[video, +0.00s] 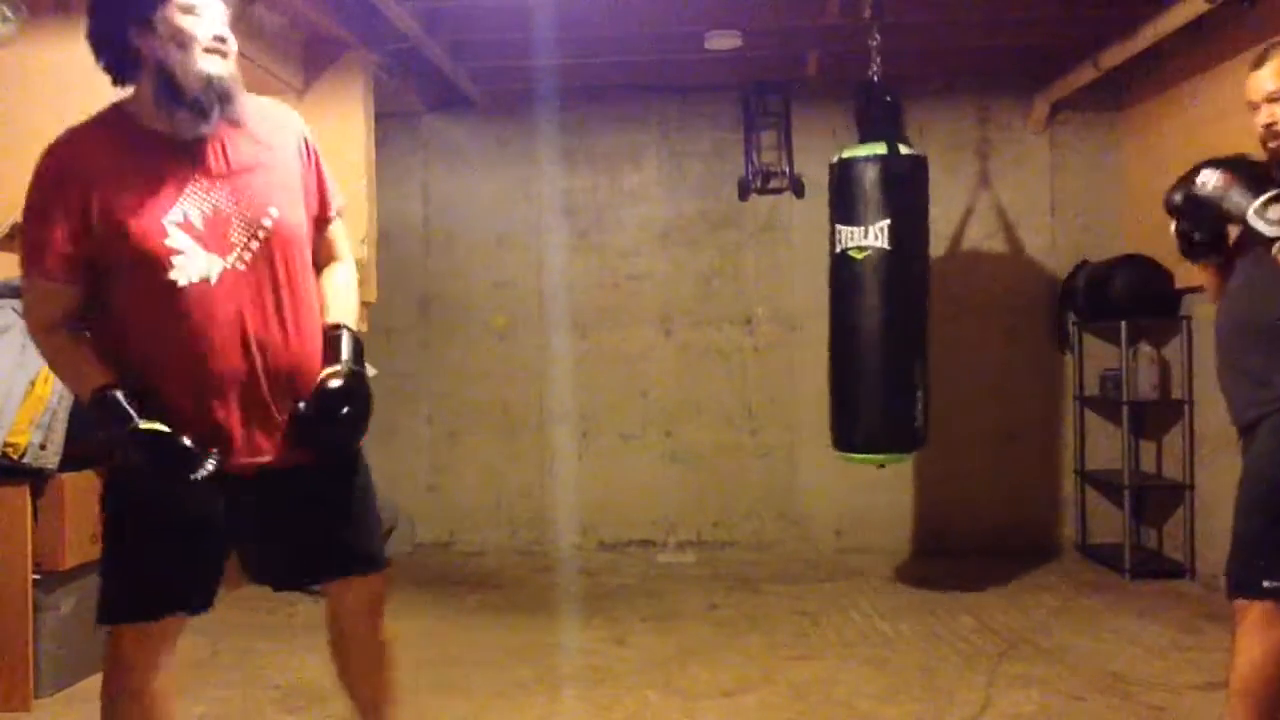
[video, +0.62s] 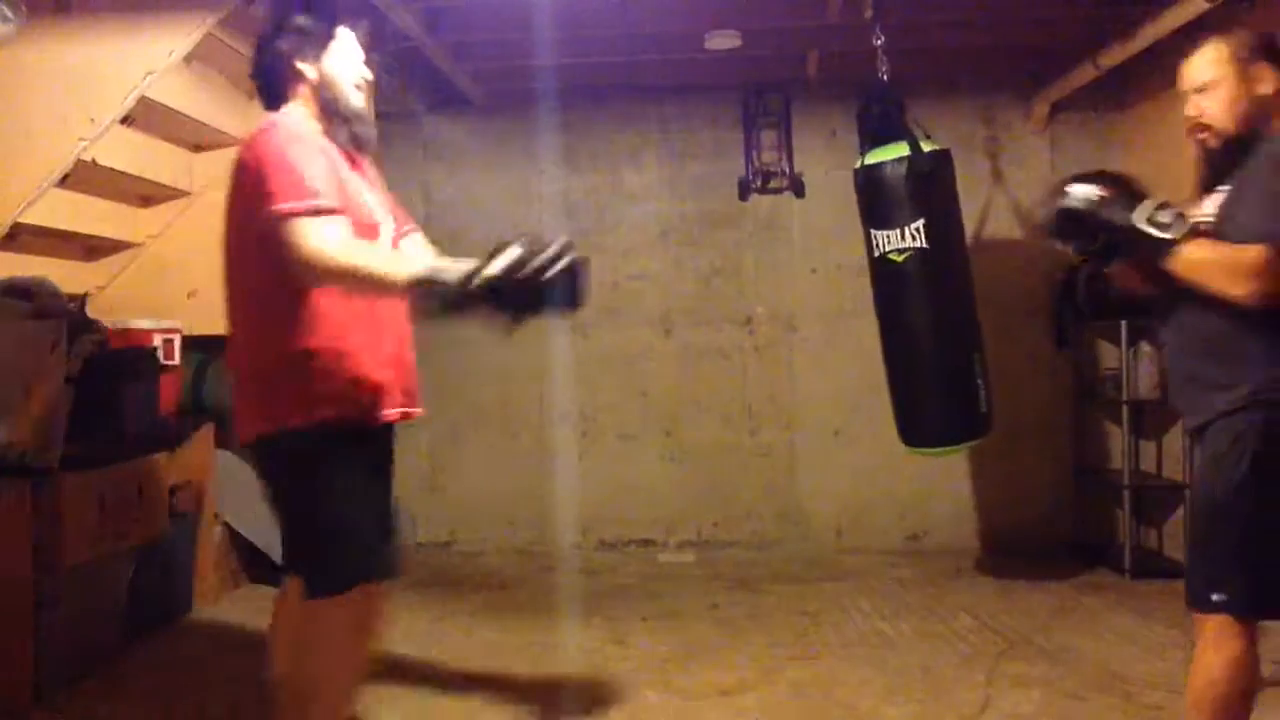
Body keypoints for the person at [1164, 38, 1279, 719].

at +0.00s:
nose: (1265, 119)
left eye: (1274, 101)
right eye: (1256, 107)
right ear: (1247, 117)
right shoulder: (1252, 211)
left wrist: (1225, 252)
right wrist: (1221, 258)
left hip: (1270, 422)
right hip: (1263, 421)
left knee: (1258, 602)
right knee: (1257, 600)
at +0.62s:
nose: (1189, 112)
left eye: (1204, 90)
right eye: (1185, 97)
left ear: (1261, 81)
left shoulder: (1266, 165)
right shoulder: (1233, 174)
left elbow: (1254, 278)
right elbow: (1204, 273)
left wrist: (1144, 238)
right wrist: (1115, 255)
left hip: (1250, 420)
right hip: (1222, 419)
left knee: (1221, 614)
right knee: (1223, 612)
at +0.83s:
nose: (1108, 106)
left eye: (1118, 85)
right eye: (1104, 90)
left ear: (1176, 75)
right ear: (1173, 81)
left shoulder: (1214, 147)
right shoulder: (1176, 152)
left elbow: (1151, 267)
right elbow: (1117, 261)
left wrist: (1046, 233)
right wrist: (1027, 221)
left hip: (1226, 412)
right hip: (1205, 411)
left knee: (1195, 608)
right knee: (1196, 605)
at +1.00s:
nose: (1041, 118)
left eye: (1054, 96)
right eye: (1039, 102)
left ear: (1111, 85)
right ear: (1108, 91)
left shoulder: (1151, 150)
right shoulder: (1125, 153)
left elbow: (1046, 261)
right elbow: (1053, 254)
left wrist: (952, 202)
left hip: (1225, 413)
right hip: (1207, 409)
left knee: (1188, 610)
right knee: (1191, 608)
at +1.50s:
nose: (1080, 108)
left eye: (1092, 87)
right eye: (1077, 92)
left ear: (1148, 77)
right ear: (1147, 83)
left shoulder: (1188, 148)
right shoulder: (1169, 150)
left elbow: (1156, 299)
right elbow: (1133, 287)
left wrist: (1029, 299)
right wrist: (1028, 296)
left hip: (1224, 425)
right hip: (1205, 421)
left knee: (1178, 612)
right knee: (1184, 608)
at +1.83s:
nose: (1189, 94)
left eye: (1204, 74)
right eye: (1188, 78)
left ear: (1266, 67)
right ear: (1257, 72)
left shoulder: (1263, 148)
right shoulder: (1243, 150)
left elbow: (1145, 213)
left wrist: (1004, 218)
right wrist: (1016, 221)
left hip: (1261, 414)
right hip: (1241, 411)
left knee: (1146, 580)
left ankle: (1157, 712)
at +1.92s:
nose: (1188, 91)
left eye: (1203, 70)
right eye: (1188, 73)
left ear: (1264, 65)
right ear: (1259, 70)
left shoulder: (1263, 141)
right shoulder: (1250, 142)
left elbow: (1130, 200)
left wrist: (983, 191)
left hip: (1257, 414)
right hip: (1242, 412)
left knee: (1158, 582)